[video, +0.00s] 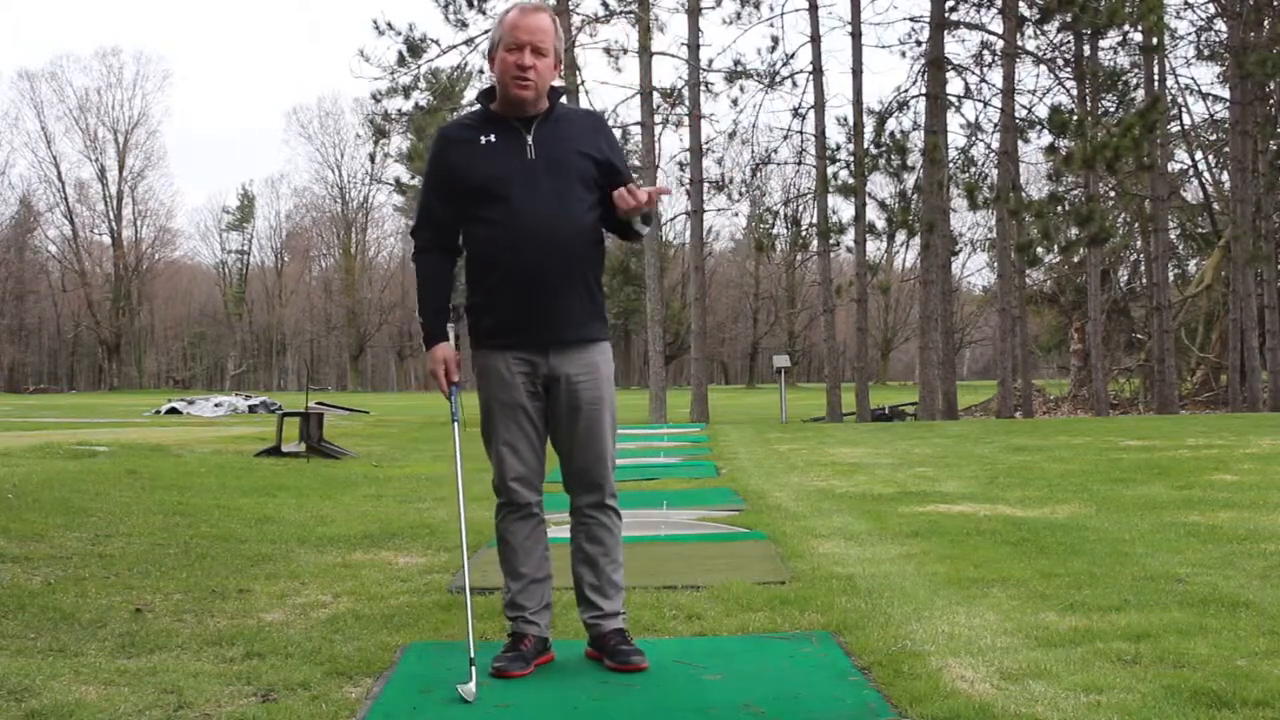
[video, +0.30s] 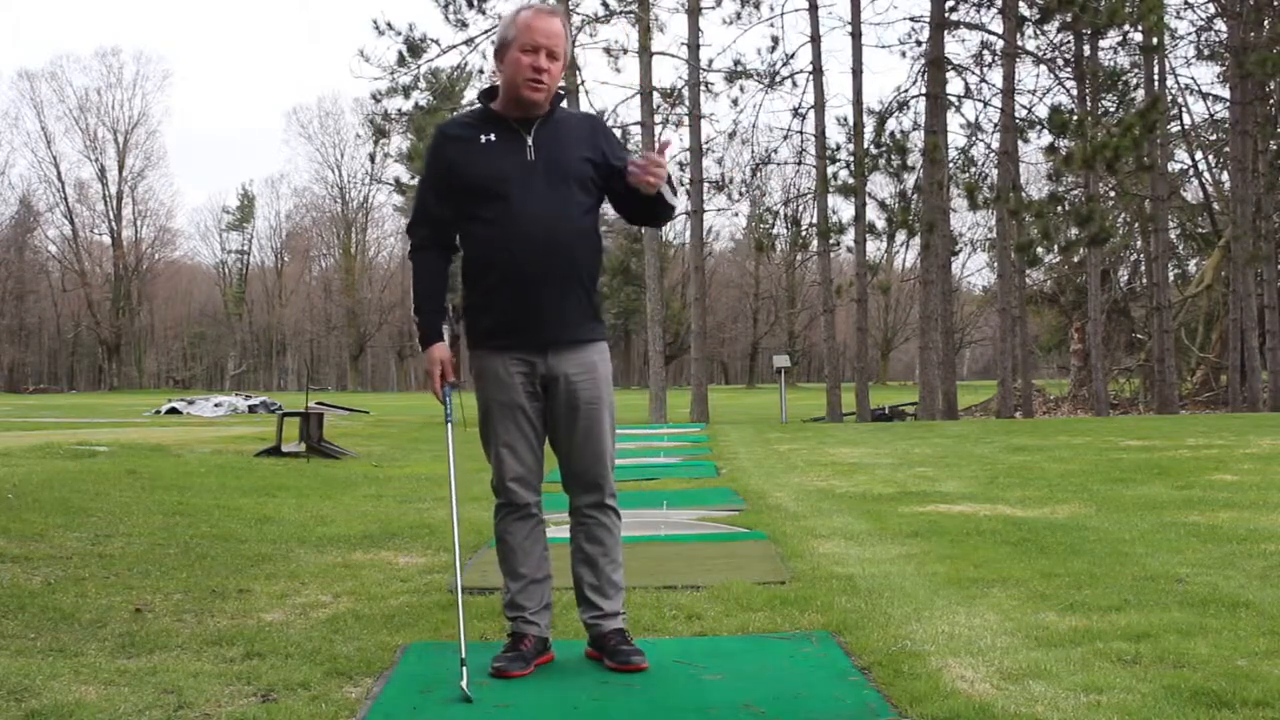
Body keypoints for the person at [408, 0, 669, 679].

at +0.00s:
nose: (525, 61)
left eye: (538, 50)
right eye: (513, 48)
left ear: (557, 62)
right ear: (492, 57)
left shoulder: (589, 130)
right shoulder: (456, 142)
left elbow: (624, 224)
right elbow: (434, 243)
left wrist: (631, 210)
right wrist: (436, 334)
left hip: (582, 340)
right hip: (499, 345)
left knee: (596, 493)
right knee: (517, 496)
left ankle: (608, 627)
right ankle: (528, 630)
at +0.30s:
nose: (541, 66)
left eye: (553, 55)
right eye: (528, 52)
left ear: (565, 65)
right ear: (499, 59)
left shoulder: (590, 134)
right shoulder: (456, 139)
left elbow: (644, 213)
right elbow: (430, 241)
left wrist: (650, 190)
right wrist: (433, 334)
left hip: (579, 341)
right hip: (497, 346)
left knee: (595, 493)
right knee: (516, 496)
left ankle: (608, 627)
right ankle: (527, 630)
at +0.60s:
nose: (547, 67)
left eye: (557, 58)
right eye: (535, 53)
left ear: (565, 68)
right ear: (499, 59)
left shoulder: (585, 134)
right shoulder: (453, 140)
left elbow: (628, 221)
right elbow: (426, 242)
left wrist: (649, 197)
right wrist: (431, 335)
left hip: (577, 342)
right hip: (495, 348)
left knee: (594, 494)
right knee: (515, 497)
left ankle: (608, 627)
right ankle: (527, 630)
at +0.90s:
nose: (535, 67)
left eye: (546, 55)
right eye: (522, 53)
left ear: (556, 63)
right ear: (490, 57)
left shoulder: (579, 132)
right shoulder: (446, 141)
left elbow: (614, 228)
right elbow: (423, 245)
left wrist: (608, 308)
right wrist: (429, 339)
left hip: (575, 339)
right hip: (490, 344)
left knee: (593, 493)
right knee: (512, 497)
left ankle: (608, 629)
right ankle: (528, 632)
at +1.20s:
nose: (530, 67)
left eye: (541, 56)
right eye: (517, 52)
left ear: (552, 65)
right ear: (486, 57)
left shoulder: (576, 132)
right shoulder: (442, 141)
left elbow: (614, 213)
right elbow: (413, 242)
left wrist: (640, 256)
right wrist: (426, 335)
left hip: (571, 340)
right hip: (488, 347)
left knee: (593, 492)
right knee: (511, 497)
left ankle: (607, 628)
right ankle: (527, 631)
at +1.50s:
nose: (526, 67)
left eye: (537, 56)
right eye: (513, 53)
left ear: (548, 64)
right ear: (484, 58)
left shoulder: (576, 133)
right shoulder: (442, 143)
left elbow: (621, 216)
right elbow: (417, 245)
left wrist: (619, 232)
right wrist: (428, 342)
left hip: (572, 338)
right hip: (488, 344)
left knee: (593, 492)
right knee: (511, 496)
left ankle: (607, 628)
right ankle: (528, 632)